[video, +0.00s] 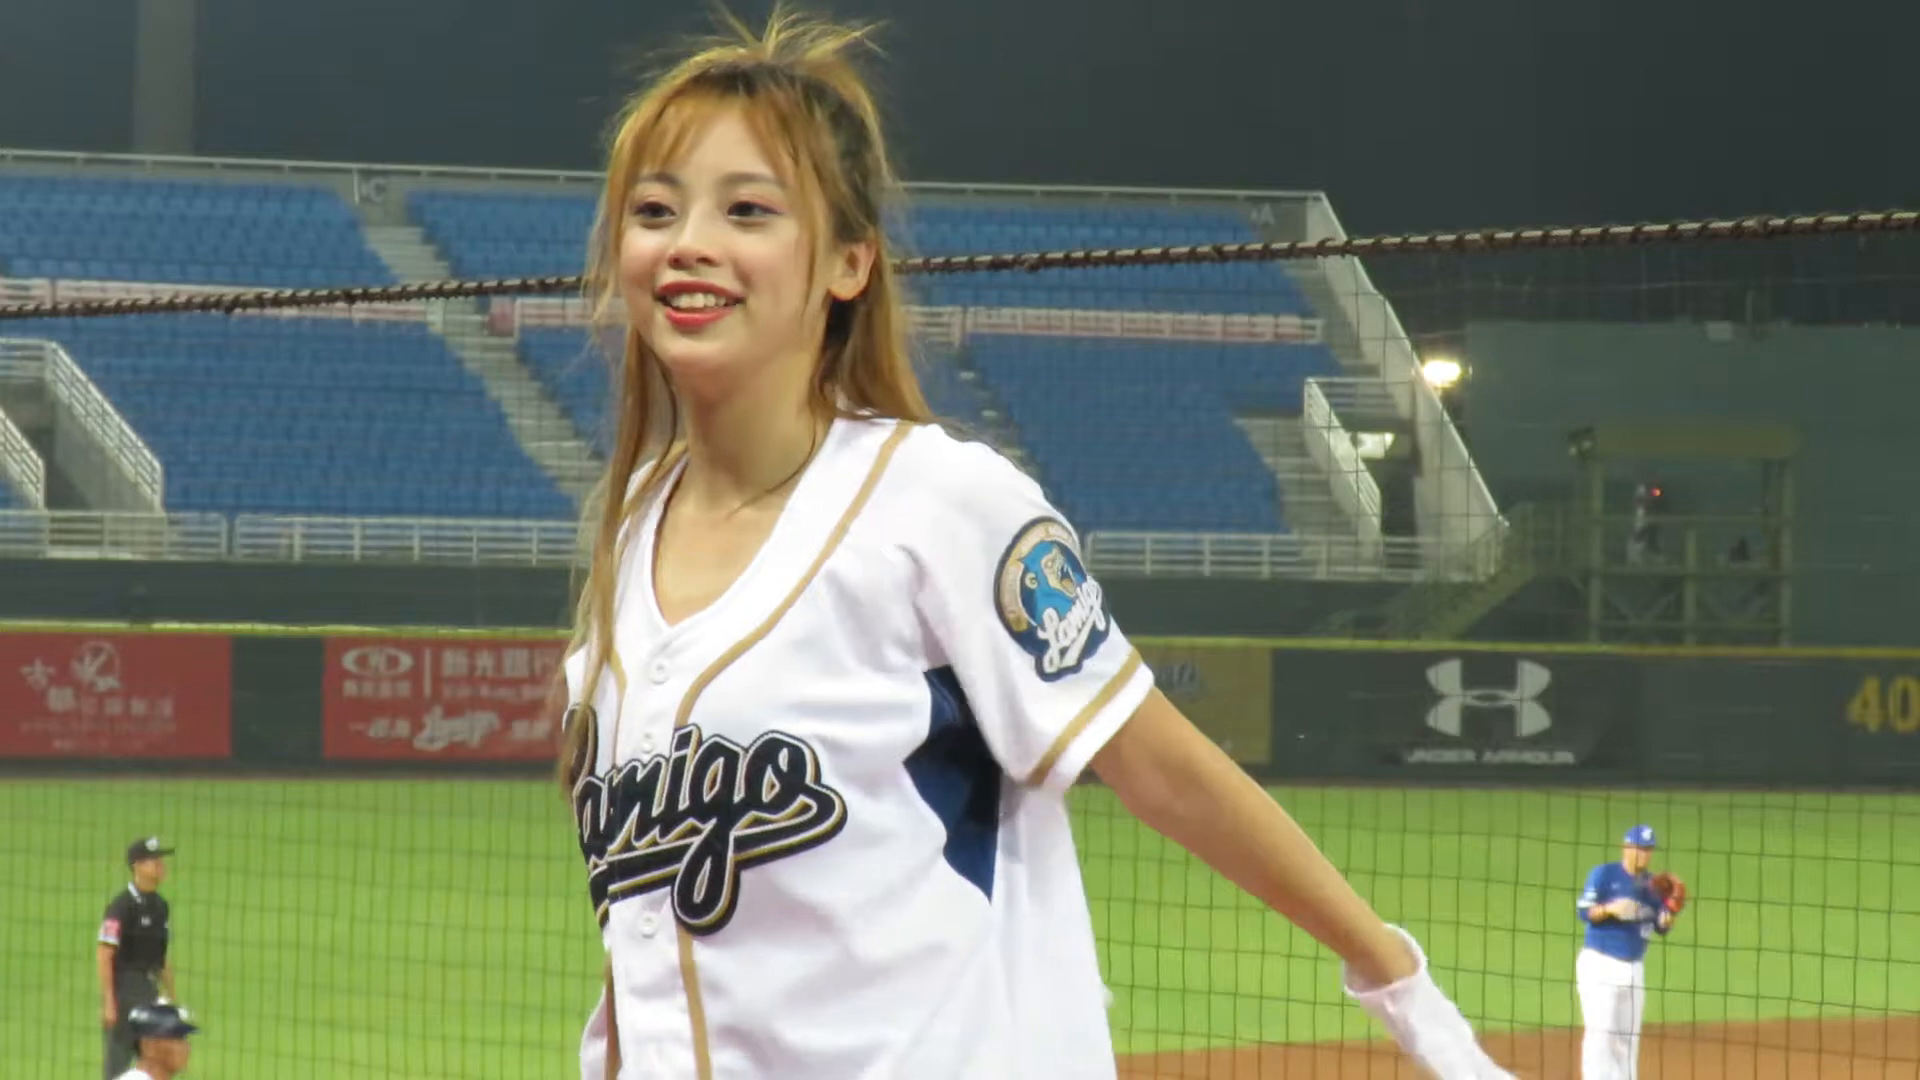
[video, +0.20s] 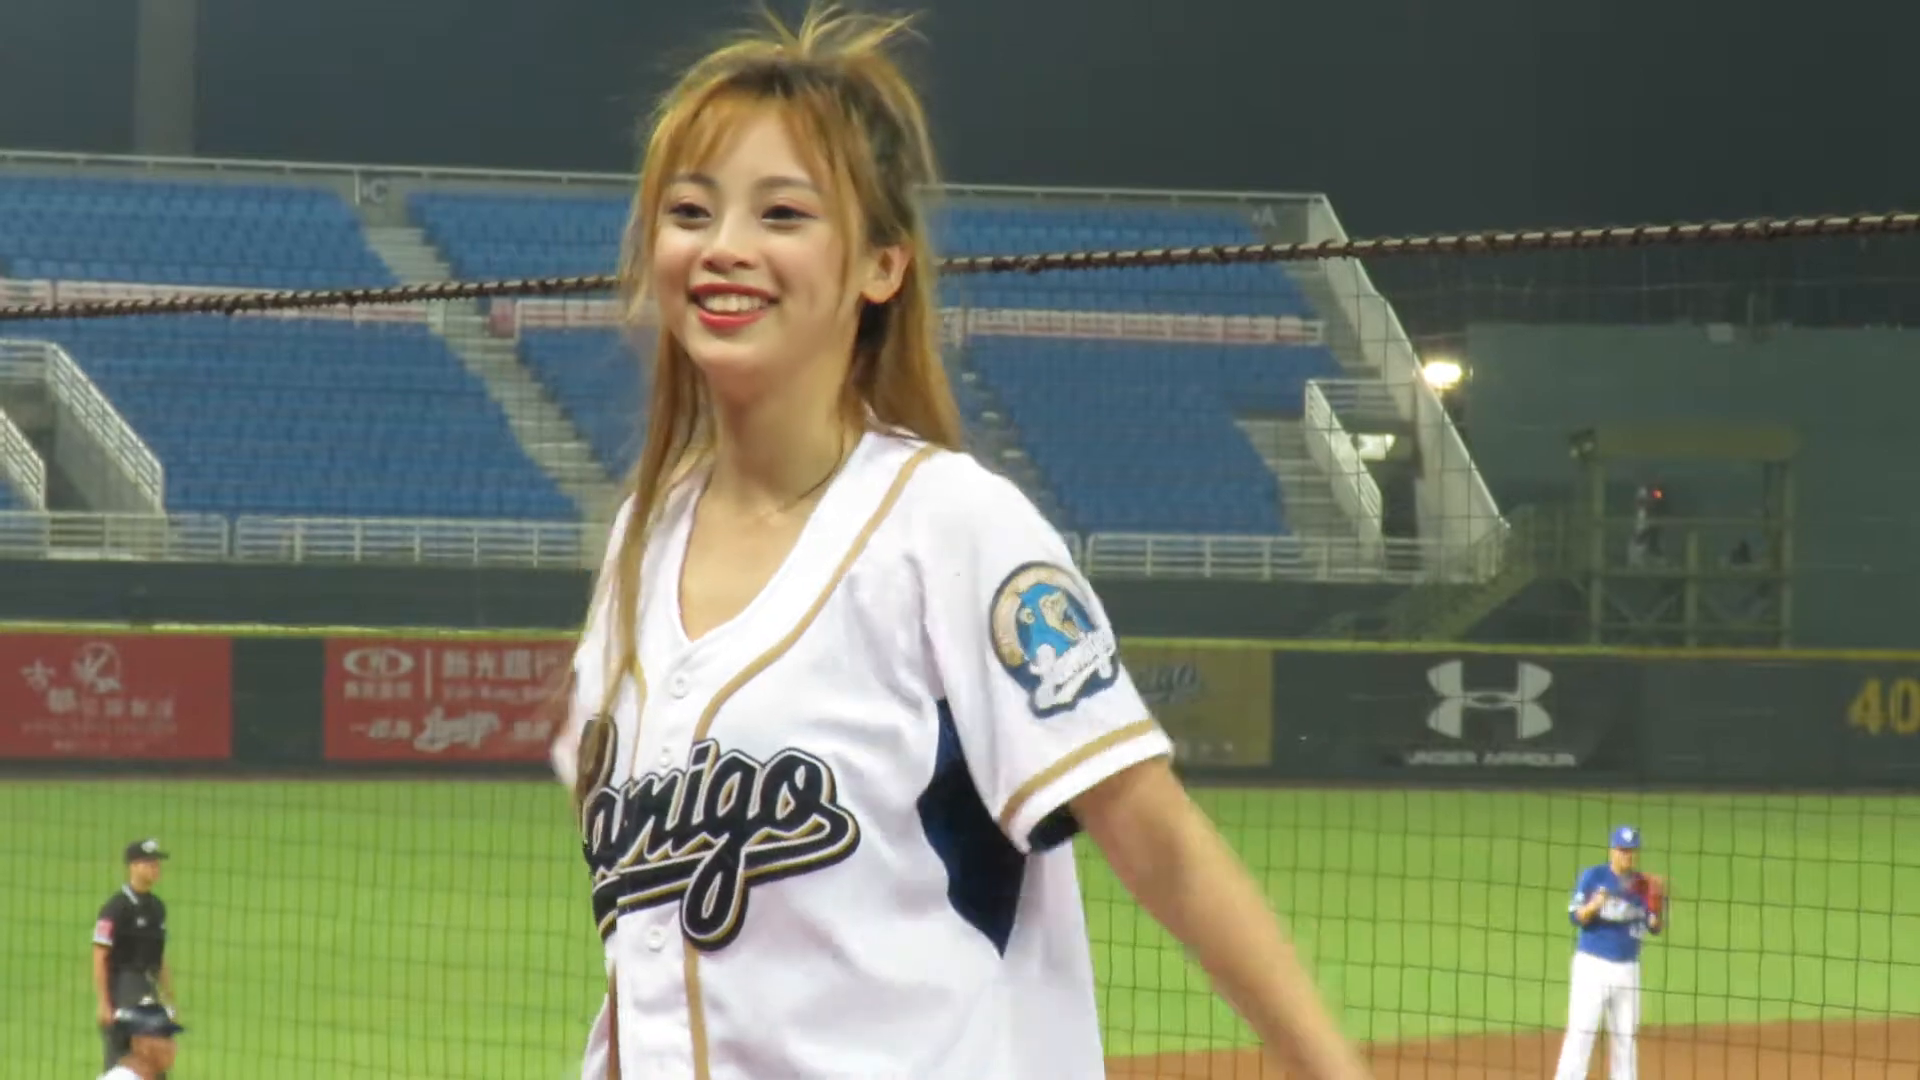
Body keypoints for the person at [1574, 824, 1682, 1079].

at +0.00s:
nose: (1643, 855)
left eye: (1648, 849)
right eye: (1639, 848)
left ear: (1652, 851)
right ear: (1627, 847)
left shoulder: (1653, 884)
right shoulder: (1604, 874)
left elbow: (1661, 927)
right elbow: (1585, 913)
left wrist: (1673, 905)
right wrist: (1611, 909)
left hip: (1632, 966)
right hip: (1599, 963)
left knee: (1629, 1034)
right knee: (1600, 1032)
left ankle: (1625, 1076)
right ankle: (1598, 1076)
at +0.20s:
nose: (1627, 856)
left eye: (1631, 851)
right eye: (1622, 851)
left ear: (1637, 853)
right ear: (1612, 850)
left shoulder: (1643, 883)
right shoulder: (1594, 876)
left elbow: (1655, 928)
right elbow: (1577, 917)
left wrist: (1657, 898)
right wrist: (1595, 904)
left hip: (1627, 966)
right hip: (1591, 963)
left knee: (1625, 1035)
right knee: (1582, 1031)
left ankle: (1624, 1077)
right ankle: (1569, 1076)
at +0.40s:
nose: (1596, 859)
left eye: (1600, 854)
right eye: (1591, 854)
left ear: (1610, 855)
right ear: (1585, 855)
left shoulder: (1627, 885)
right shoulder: (1571, 883)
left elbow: (1642, 924)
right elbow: (1557, 921)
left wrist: (1613, 915)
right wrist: (1579, 911)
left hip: (1614, 969)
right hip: (1578, 968)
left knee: (1619, 1037)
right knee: (1571, 1036)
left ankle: (1622, 1077)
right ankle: (1564, 1077)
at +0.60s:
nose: (1559, 855)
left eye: (1565, 850)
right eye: (1558, 850)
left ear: (1580, 852)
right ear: (1558, 852)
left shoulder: (1603, 880)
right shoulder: (1552, 881)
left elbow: (1621, 920)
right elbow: (1532, 917)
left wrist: (1582, 918)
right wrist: (1550, 918)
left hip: (1595, 967)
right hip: (1560, 967)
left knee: (1609, 1035)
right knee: (1560, 1035)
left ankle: (1621, 1077)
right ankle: (1558, 1078)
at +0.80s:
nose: (1538, 851)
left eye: (1542, 846)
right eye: (1539, 846)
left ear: (1556, 850)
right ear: (1552, 850)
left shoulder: (1583, 877)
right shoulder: (1542, 879)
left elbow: (1600, 913)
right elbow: (1530, 909)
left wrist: (1557, 920)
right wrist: (1530, 920)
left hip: (1579, 962)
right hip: (1547, 962)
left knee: (1585, 1027)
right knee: (1552, 1028)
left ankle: (1604, 1076)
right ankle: (1558, 1076)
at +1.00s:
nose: (1528, 850)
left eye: (1532, 845)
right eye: (1529, 845)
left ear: (1543, 848)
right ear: (1540, 847)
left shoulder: (1569, 874)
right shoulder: (1537, 878)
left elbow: (1578, 911)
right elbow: (1531, 911)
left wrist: (1540, 919)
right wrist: (1522, 921)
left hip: (1564, 961)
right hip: (1538, 960)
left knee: (1559, 1027)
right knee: (1543, 1027)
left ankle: (1565, 1075)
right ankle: (1551, 1073)